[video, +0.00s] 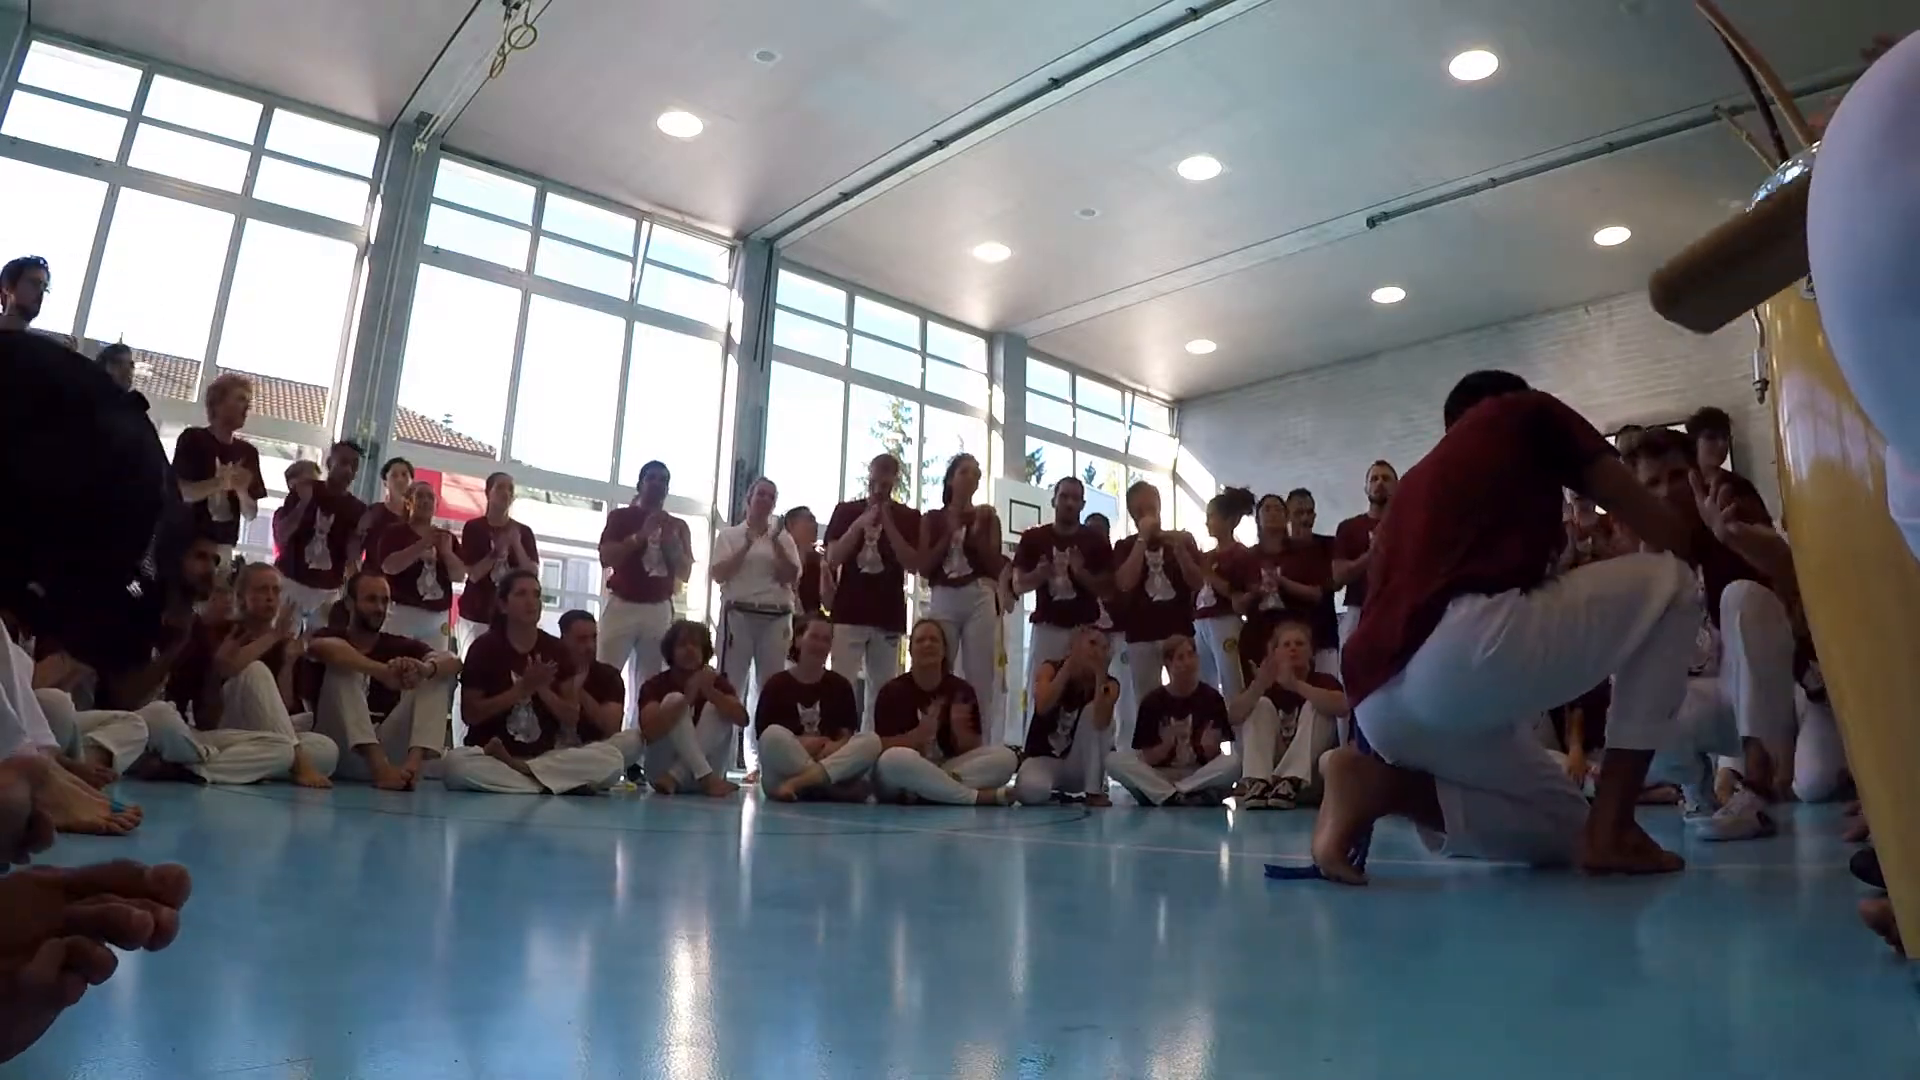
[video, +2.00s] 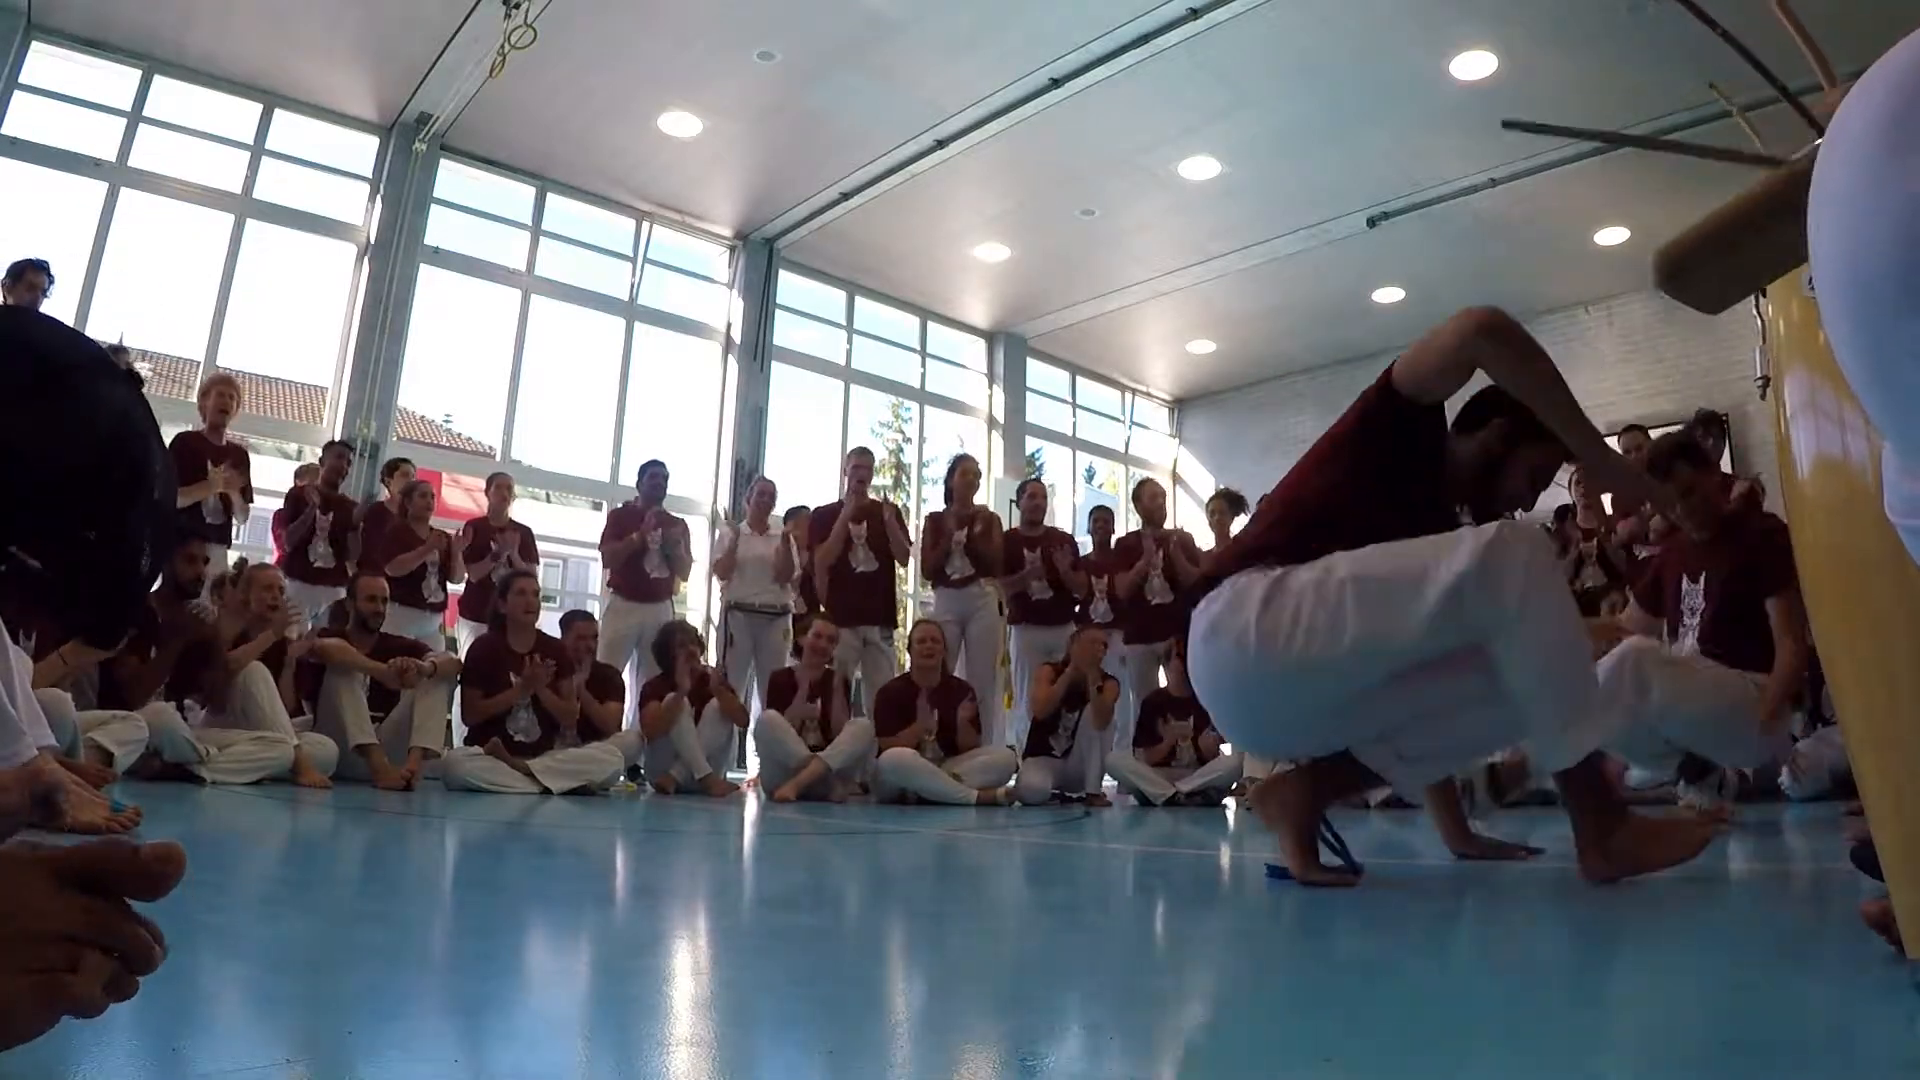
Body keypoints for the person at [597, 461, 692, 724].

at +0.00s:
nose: (657, 484)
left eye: (662, 480)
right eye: (651, 478)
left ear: (668, 487)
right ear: (640, 484)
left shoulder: (678, 526)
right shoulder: (620, 517)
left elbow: (685, 574)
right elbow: (607, 557)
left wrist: (672, 544)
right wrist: (640, 535)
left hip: (658, 610)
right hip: (620, 607)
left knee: (650, 688)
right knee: (605, 682)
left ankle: (645, 752)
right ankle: (598, 748)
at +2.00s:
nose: (659, 482)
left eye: (663, 478)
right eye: (653, 477)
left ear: (668, 485)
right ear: (639, 483)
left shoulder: (677, 524)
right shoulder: (619, 517)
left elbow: (685, 573)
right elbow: (609, 559)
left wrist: (673, 547)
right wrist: (640, 537)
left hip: (660, 609)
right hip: (622, 607)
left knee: (653, 687)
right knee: (605, 682)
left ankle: (646, 751)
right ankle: (600, 748)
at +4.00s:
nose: (659, 485)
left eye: (663, 481)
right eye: (653, 479)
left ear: (668, 487)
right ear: (639, 484)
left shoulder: (676, 525)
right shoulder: (619, 517)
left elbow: (684, 573)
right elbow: (609, 557)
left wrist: (672, 545)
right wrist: (644, 535)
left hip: (660, 609)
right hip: (622, 607)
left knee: (653, 684)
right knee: (606, 679)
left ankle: (646, 747)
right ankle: (599, 744)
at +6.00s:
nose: (661, 485)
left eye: (665, 480)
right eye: (655, 479)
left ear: (669, 487)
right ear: (640, 484)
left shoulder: (677, 525)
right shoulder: (621, 515)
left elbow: (685, 572)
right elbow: (611, 556)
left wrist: (671, 544)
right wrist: (648, 543)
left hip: (660, 609)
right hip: (622, 607)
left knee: (654, 686)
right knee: (606, 680)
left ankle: (649, 750)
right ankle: (599, 746)